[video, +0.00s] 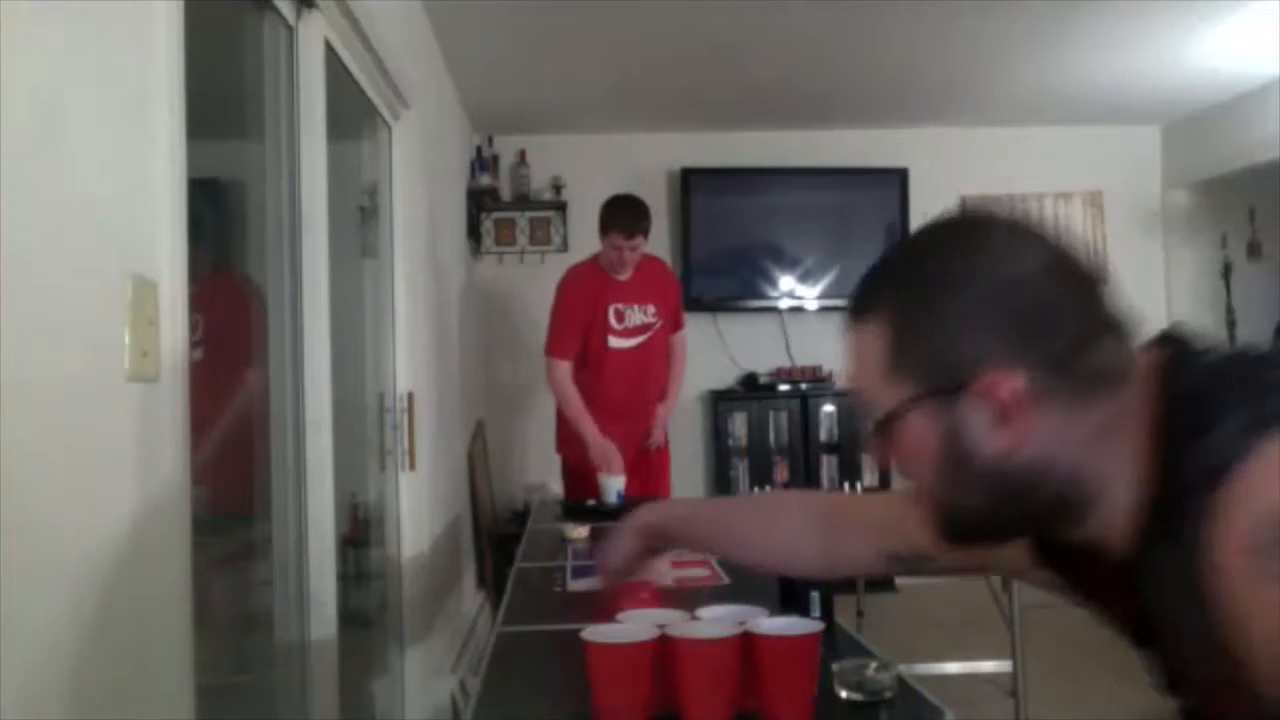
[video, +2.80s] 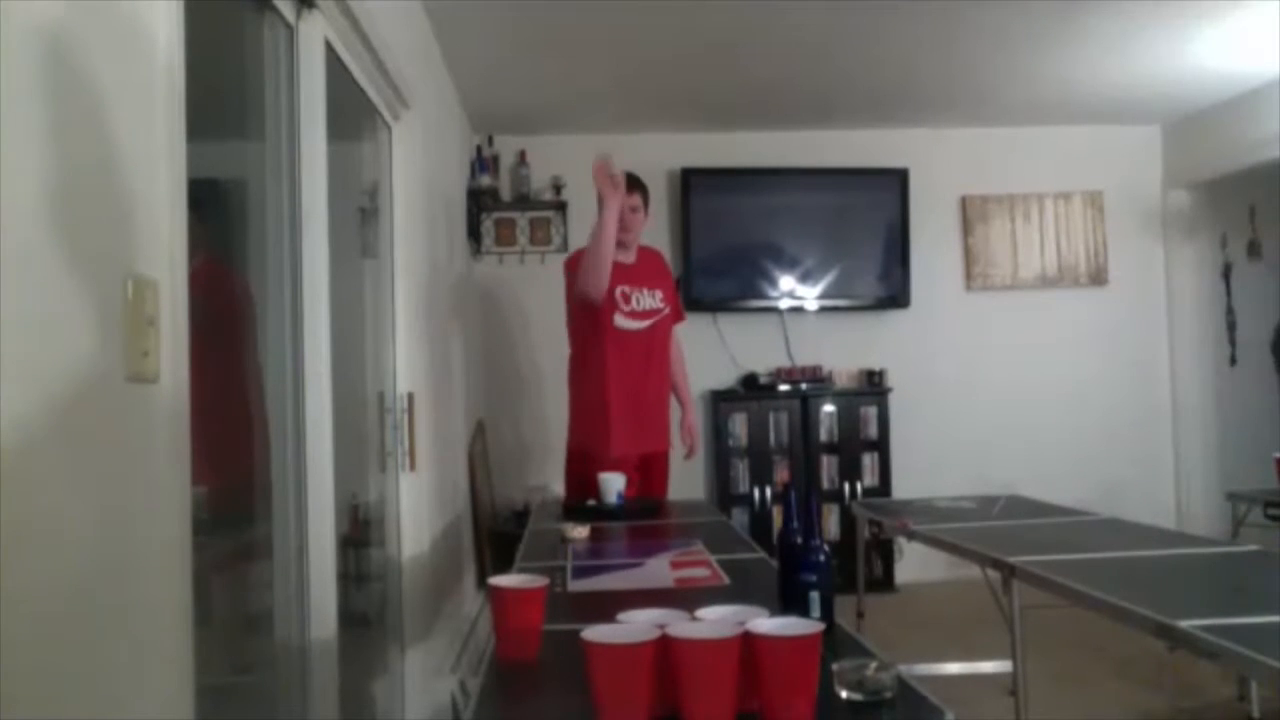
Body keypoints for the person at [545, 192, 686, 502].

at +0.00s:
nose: (625, 258)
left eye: (634, 249)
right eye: (616, 249)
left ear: (645, 242)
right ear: (602, 239)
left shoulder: (662, 277)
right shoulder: (578, 283)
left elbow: (677, 341)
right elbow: (558, 370)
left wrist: (667, 406)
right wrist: (594, 441)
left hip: (648, 440)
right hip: (590, 444)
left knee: (650, 540)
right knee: (595, 544)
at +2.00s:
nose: (623, 229)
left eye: (632, 220)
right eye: (613, 220)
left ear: (644, 225)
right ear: (599, 224)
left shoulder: (657, 272)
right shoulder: (576, 279)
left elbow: (669, 348)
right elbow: (564, 361)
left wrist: (681, 413)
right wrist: (601, 388)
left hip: (647, 438)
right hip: (593, 442)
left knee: (648, 540)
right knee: (594, 541)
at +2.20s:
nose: (623, 229)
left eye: (632, 220)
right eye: (614, 220)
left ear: (644, 225)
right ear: (599, 224)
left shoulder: (656, 272)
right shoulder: (577, 277)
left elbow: (667, 347)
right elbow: (568, 355)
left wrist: (680, 412)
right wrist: (608, 344)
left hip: (647, 435)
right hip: (593, 438)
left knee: (648, 542)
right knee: (594, 542)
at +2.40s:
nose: (624, 229)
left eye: (632, 220)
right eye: (614, 220)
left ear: (644, 225)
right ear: (600, 224)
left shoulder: (654, 270)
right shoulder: (578, 276)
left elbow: (667, 347)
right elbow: (579, 343)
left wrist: (681, 412)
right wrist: (610, 287)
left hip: (647, 434)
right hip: (594, 435)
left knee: (648, 542)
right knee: (594, 542)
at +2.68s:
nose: (625, 226)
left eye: (633, 216)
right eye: (616, 216)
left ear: (646, 222)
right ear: (602, 219)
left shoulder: (655, 268)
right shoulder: (582, 270)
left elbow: (670, 345)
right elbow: (587, 319)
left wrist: (684, 411)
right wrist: (610, 242)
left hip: (648, 436)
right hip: (596, 438)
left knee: (649, 543)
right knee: (594, 548)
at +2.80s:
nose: (625, 219)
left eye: (633, 210)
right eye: (618, 211)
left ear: (646, 217)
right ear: (605, 216)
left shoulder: (655, 263)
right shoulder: (584, 263)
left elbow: (670, 341)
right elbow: (594, 290)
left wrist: (687, 407)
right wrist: (609, 206)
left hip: (650, 434)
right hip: (598, 435)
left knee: (650, 544)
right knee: (595, 545)